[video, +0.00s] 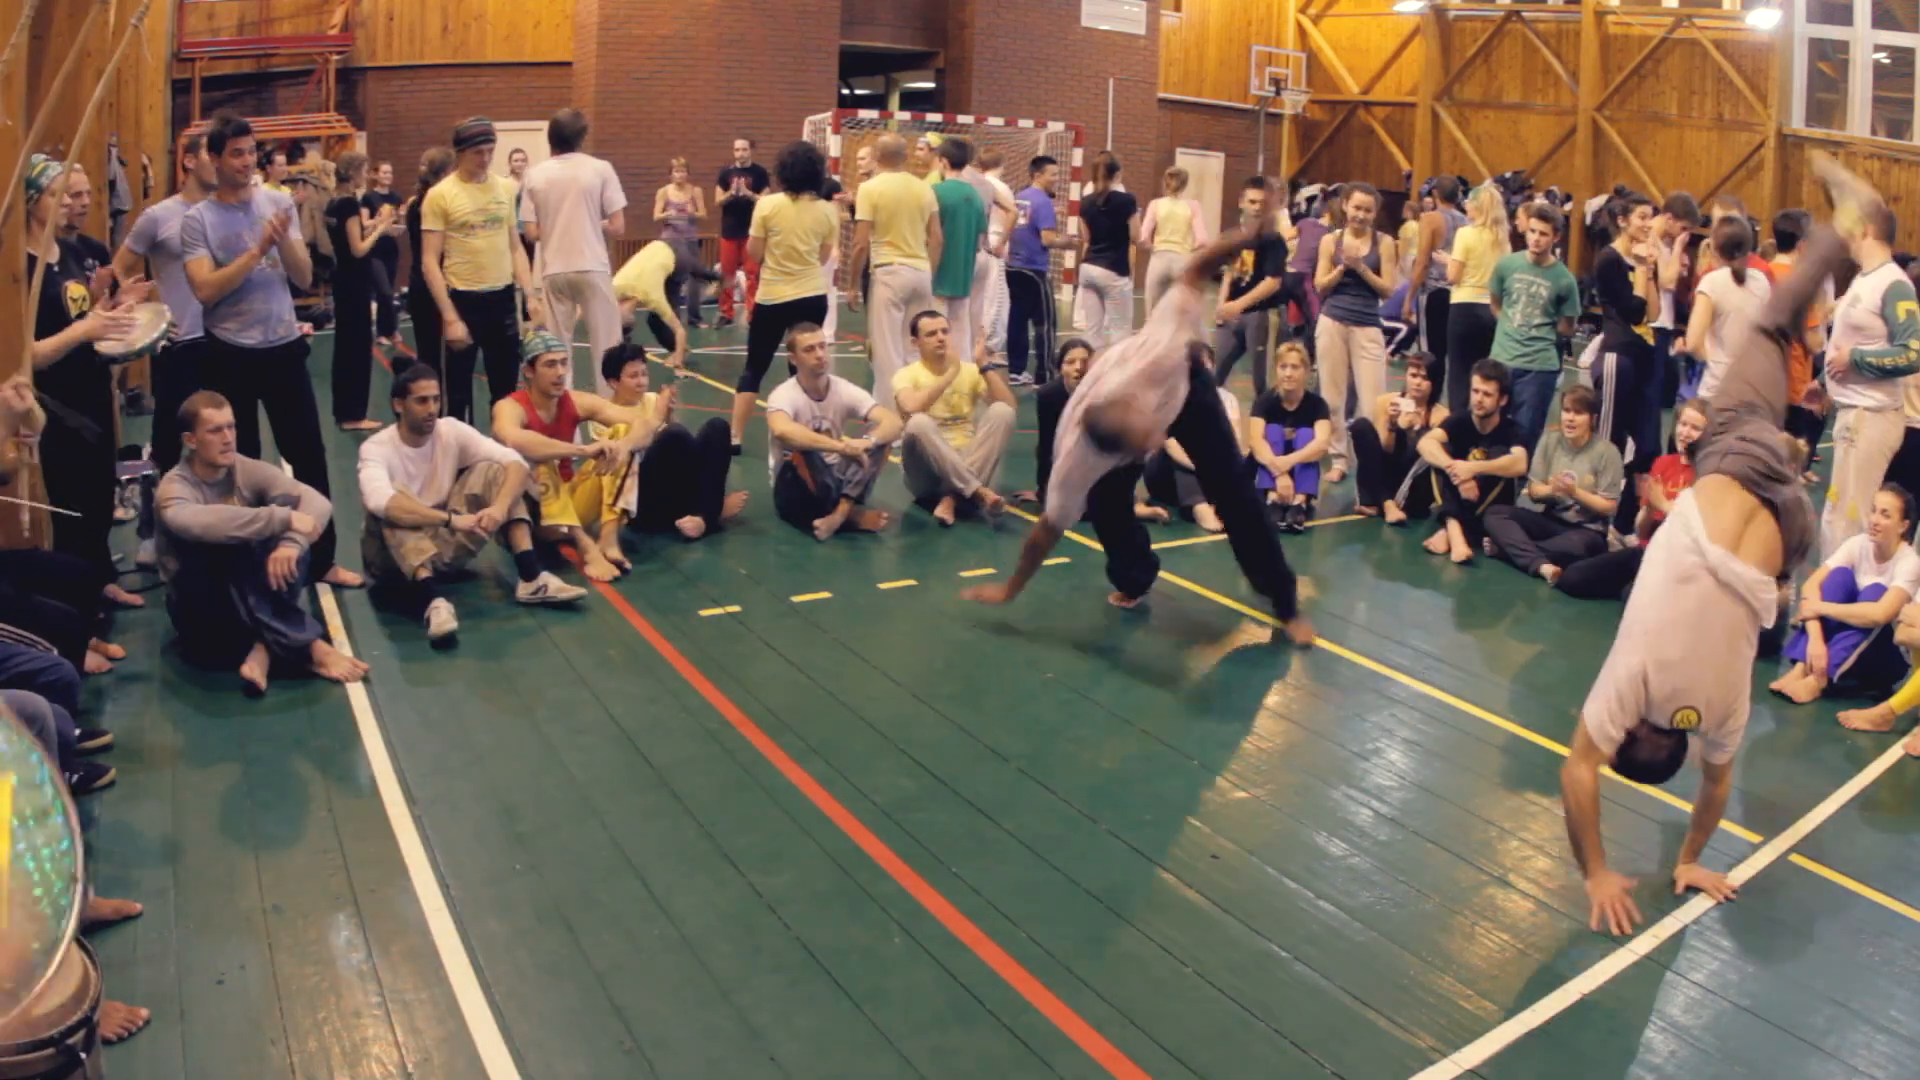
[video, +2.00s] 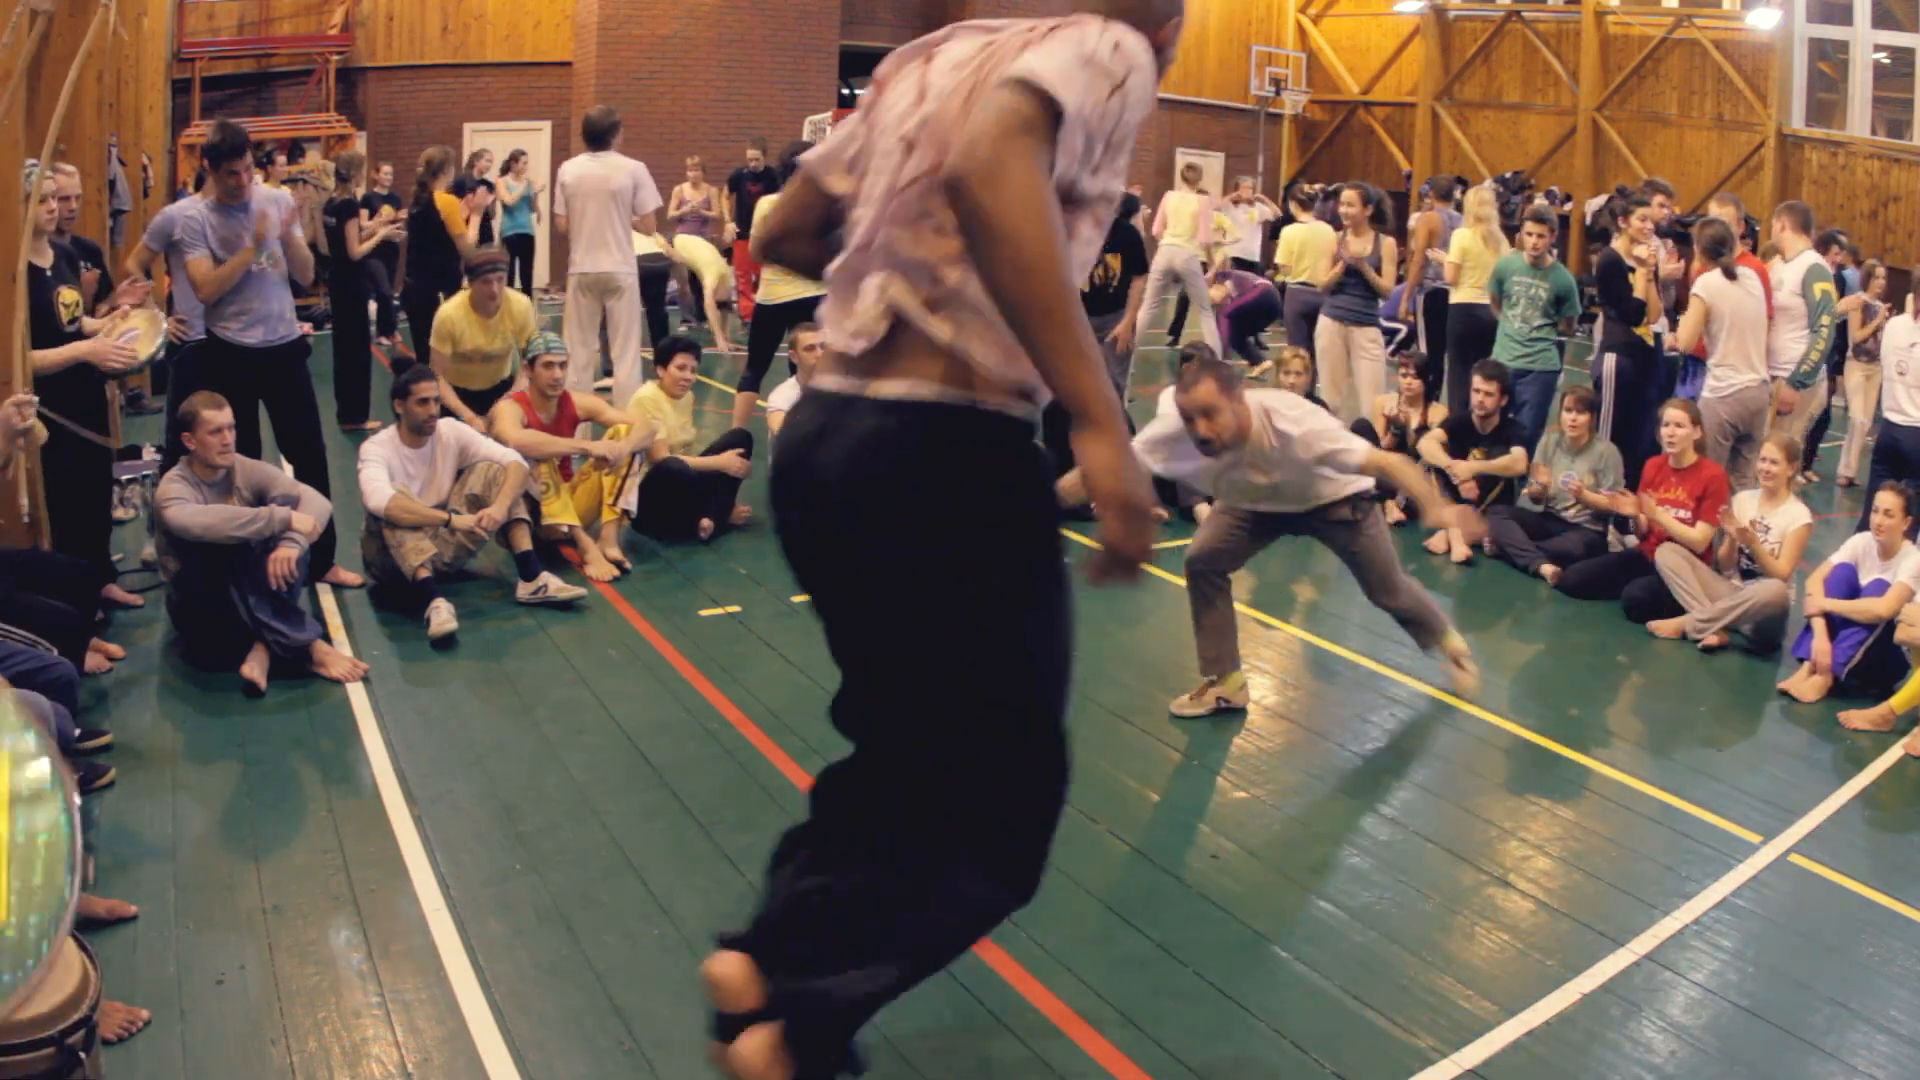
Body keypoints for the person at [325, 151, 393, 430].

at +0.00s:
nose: (368, 177)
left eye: (368, 171)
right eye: (365, 171)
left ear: (345, 172)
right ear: (354, 173)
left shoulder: (334, 204)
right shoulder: (349, 205)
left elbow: (348, 243)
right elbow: (357, 248)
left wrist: (375, 227)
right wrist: (380, 227)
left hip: (343, 278)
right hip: (356, 280)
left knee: (348, 341)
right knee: (358, 343)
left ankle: (346, 411)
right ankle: (352, 415)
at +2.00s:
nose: (369, 176)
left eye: (369, 170)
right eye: (367, 171)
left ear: (340, 171)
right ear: (356, 173)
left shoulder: (330, 204)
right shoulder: (349, 206)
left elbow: (345, 241)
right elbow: (355, 251)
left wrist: (372, 229)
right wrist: (381, 236)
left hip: (338, 278)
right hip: (352, 282)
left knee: (346, 343)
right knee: (358, 344)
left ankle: (348, 413)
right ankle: (355, 416)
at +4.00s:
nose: (369, 175)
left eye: (368, 170)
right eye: (367, 170)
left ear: (344, 171)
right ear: (356, 172)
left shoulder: (335, 202)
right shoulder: (350, 204)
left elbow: (349, 239)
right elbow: (357, 248)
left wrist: (373, 232)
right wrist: (381, 241)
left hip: (343, 280)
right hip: (356, 282)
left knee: (349, 342)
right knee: (360, 344)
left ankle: (347, 411)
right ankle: (355, 414)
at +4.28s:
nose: (370, 174)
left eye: (369, 169)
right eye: (367, 169)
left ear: (343, 172)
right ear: (356, 172)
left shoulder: (336, 203)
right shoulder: (352, 203)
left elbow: (353, 241)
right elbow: (361, 246)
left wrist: (376, 225)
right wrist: (384, 226)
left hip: (344, 281)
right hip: (357, 283)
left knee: (349, 343)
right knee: (360, 345)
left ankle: (347, 411)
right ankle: (355, 414)